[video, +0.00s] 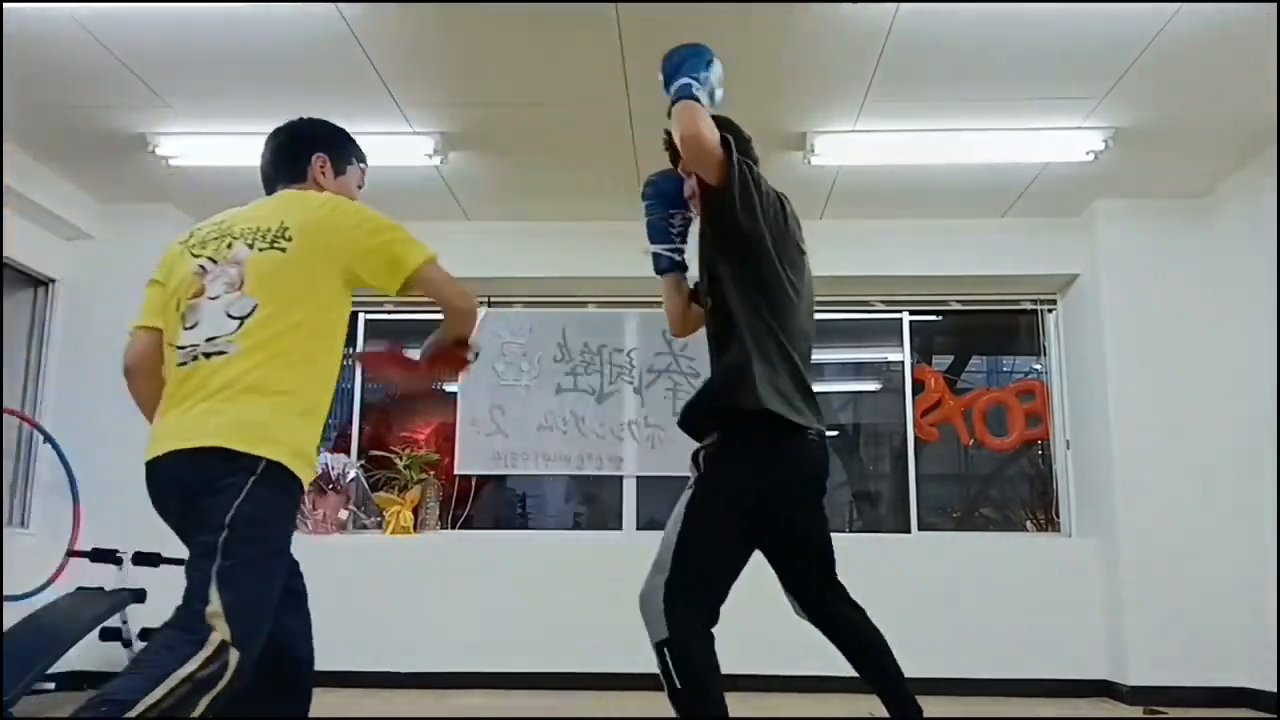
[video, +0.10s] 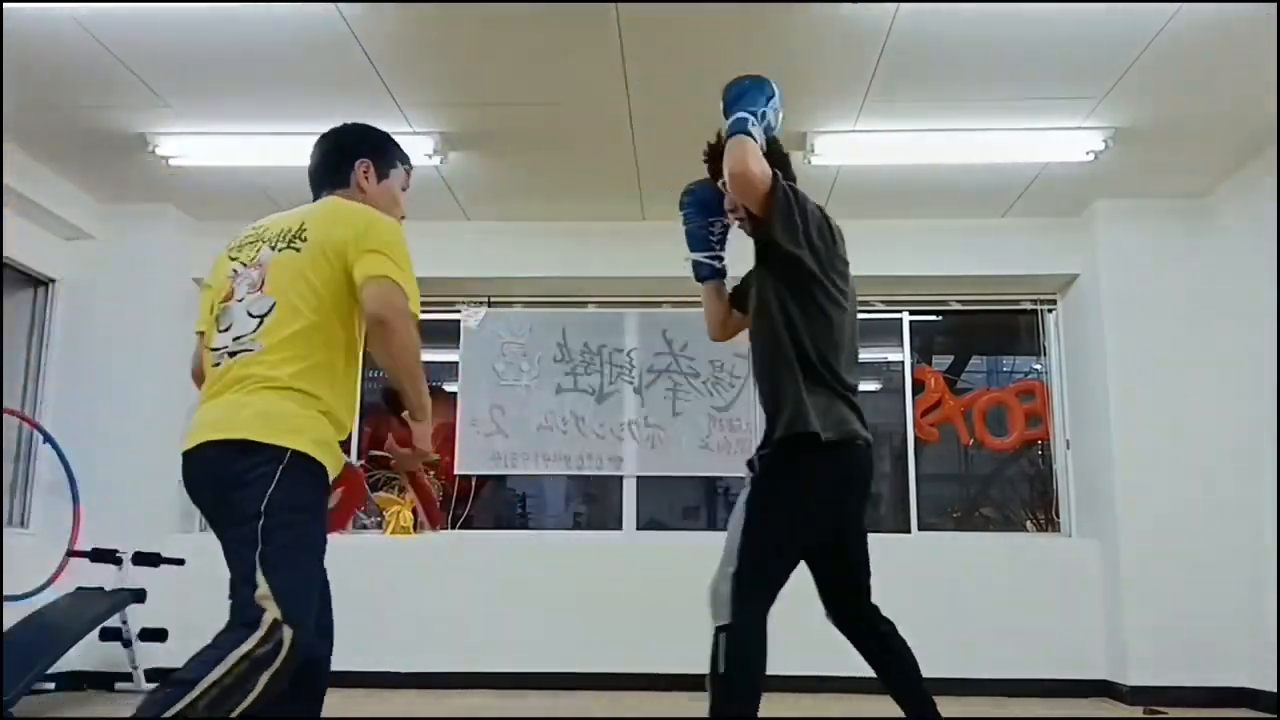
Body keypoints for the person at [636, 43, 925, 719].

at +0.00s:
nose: (683, 183)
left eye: (686, 163)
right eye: (677, 169)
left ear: (715, 154)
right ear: (732, 162)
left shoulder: (754, 203)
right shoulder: (745, 234)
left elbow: (696, 138)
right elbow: (683, 324)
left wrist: (688, 88)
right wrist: (669, 247)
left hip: (757, 444)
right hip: (788, 445)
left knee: (678, 609)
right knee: (820, 597)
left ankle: (707, 716)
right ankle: (908, 711)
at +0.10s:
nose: (729, 205)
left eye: (734, 188)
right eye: (724, 195)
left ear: (764, 177)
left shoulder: (806, 226)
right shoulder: (778, 264)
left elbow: (744, 176)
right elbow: (722, 325)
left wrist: (745, 126)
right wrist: (708, 256)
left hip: (810, 449)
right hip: (830, 451)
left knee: (742, 602)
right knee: (850, 608)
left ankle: (731, 715)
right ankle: (926, 713)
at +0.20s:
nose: (756, 187)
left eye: (757, 170)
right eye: (749, 176)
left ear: (784, 164)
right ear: (763, 182)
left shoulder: (835, 210)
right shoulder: (798, 240)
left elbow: (786, 177)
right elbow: (750, 309)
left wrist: (767, 121)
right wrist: (732, 238)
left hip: (858, 432)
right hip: (859, 432)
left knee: (804, 592)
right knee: (887, 591)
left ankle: (793, 713)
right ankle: (943, 712)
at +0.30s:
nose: (779, 188)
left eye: (781, 171)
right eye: (773, 179)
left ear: (810, 159)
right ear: (786, 184)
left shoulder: (861, 200)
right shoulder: (818, 233)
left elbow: (814, 173)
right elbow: (772, 299)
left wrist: (786, 121)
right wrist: (750, 223)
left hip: (889, 417)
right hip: (894, 417)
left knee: (840, 578)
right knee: (936, 579)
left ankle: (871, 711)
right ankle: (981, 707)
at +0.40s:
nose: (812, 194)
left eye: (817, 179)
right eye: (804, 185)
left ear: (844, 176)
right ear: (810, 195)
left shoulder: (887, 227)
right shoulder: (845, 256)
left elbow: (860, 198)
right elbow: (799, 320)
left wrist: (831, 141)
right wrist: (785, 246)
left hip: (907, 444)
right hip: (913, 443)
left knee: (852, 606)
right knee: (977, 584)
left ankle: (890, 715)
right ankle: (1050, 702)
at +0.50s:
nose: (845, 227)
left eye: (851, 213)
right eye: (840, 217)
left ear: (878, 209)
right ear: (847, 222)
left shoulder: (923, 254)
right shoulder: (877, 283)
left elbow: (905, 245)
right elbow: (828, 346)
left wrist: (879, 181)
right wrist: (814, 275)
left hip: (935, 471)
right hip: (939, 472)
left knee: (853, 606)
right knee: (1011, 600)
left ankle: (890, 715)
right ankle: (1097, 707)